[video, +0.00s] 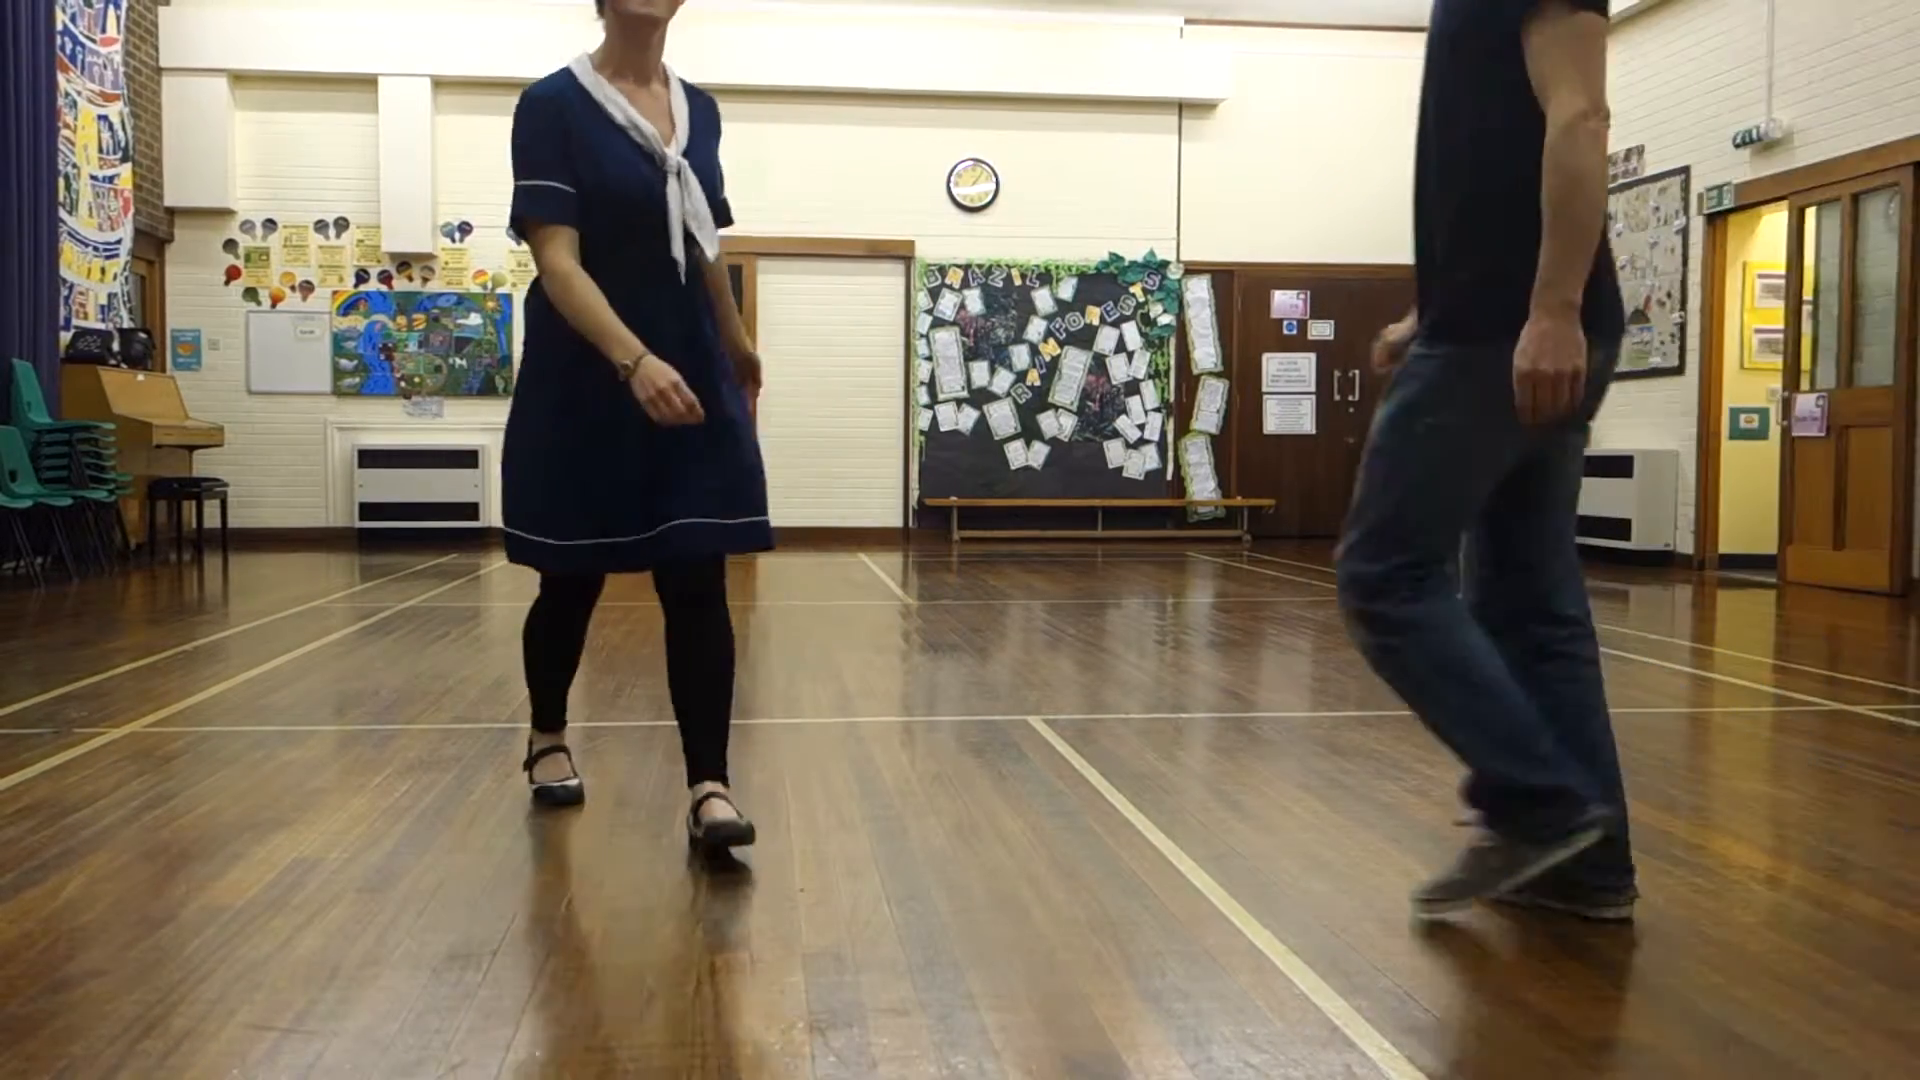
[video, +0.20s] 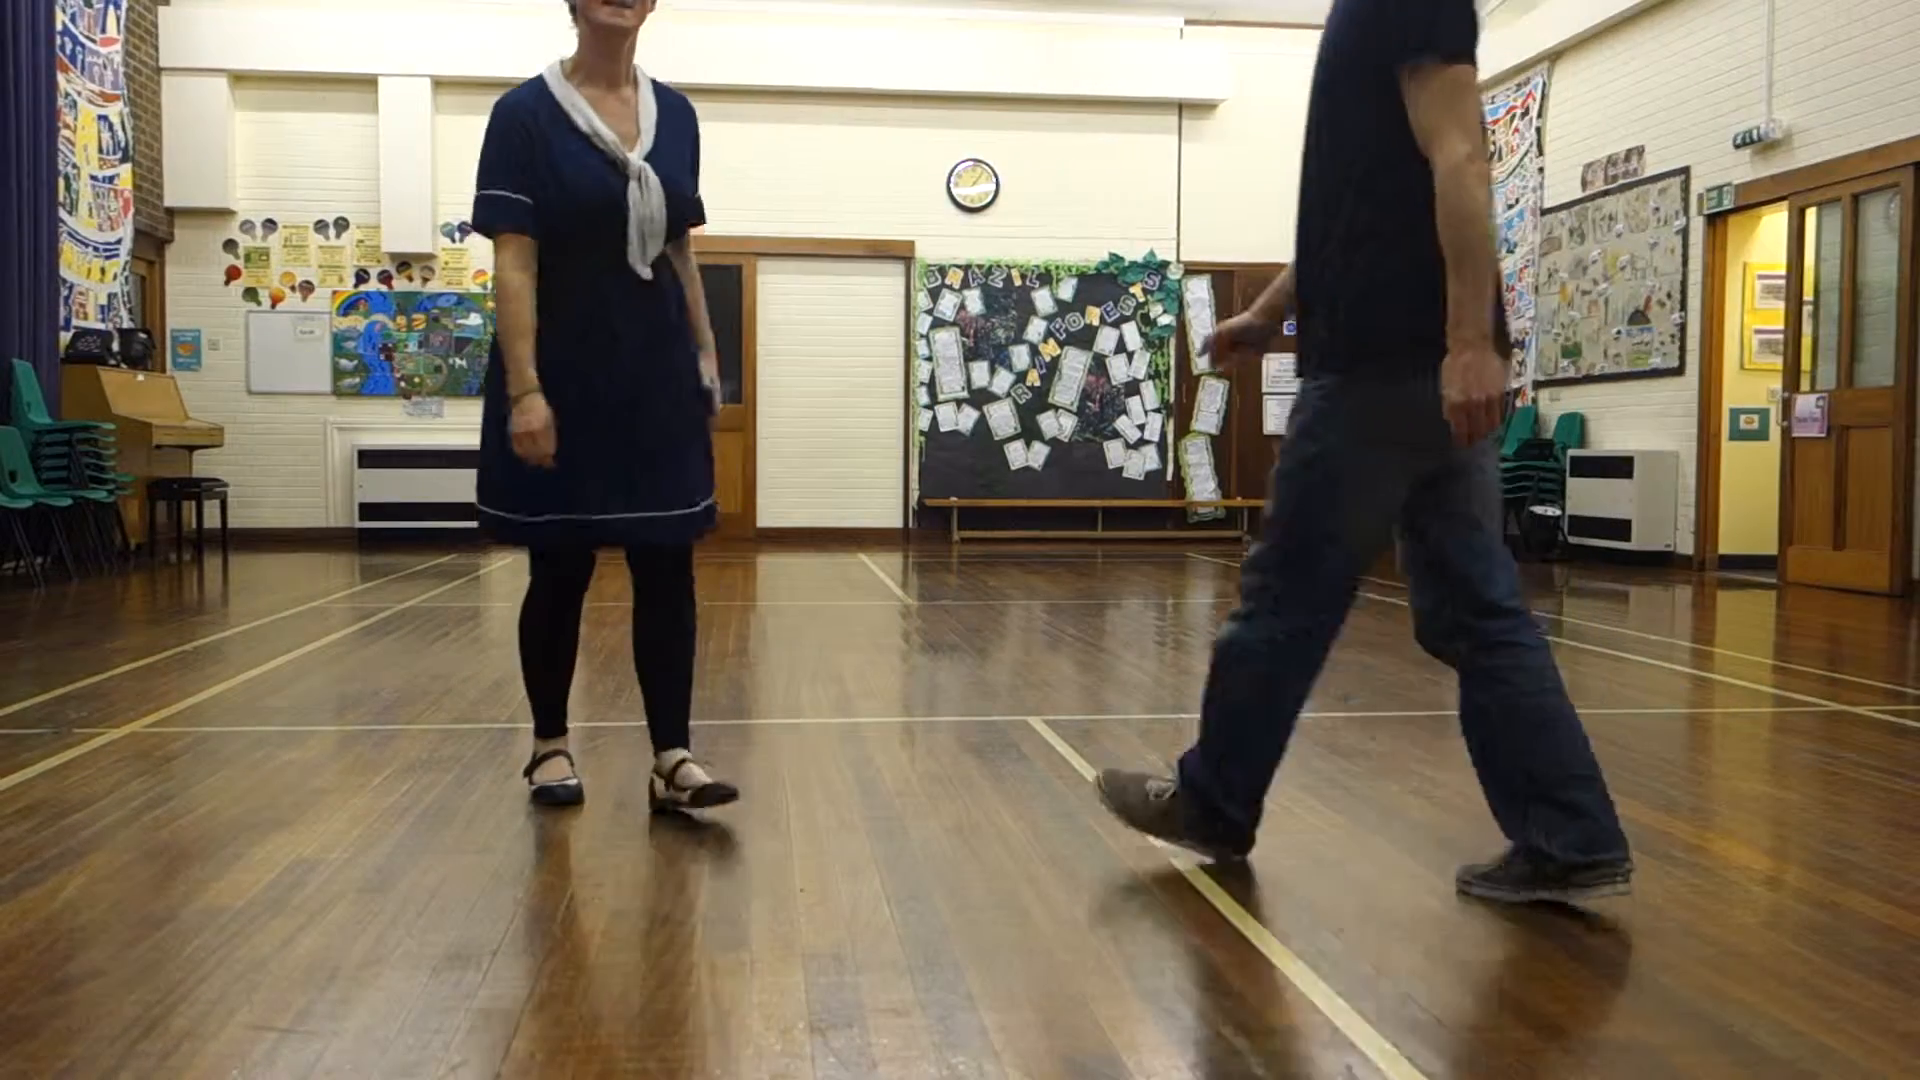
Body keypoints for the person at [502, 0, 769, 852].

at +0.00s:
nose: (642, 1)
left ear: (678, 4)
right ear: (603, 2)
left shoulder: (698, 108)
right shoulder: (553, 104)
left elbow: (701, 244)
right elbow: (557, 265)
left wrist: (735, 339)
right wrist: (635, 359)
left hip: (688, 379)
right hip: (584, 386)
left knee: (696, 584)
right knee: (572, 581)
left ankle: (710, 791)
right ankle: (548, 740)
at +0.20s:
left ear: (651, 6)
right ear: (575, 2)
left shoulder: (673, 110)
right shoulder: (526, 110)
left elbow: (680, 249)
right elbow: (513, 260)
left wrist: (705, 353)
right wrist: (523, 390)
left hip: (659, 381)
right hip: (562, 382)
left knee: (666, 566)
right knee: (561, 567)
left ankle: (673, 759)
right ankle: (551, 746)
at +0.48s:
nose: (619, 7)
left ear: (657, 19)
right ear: (577, 11)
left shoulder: (677, 131)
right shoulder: (528, 126)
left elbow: (712, 253)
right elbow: (473, 253)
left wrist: (760, 255)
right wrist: (419, 362)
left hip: (660, 370)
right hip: (563, 373)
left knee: (669, 544)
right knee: (567, 557)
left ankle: (667, 695)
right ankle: (550, 743)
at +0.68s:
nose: (649, 36)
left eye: (667, 28)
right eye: (635, 21)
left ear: (685, 52)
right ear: (609, 35)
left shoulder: (698, 151)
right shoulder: (563, 148)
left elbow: (780, 227)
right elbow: (513, 266)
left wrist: (766, 128)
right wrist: (471, 370)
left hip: (677, 386)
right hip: (588, 384)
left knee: (671, 554)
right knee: (588, 558)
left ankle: (670, 712)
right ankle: (553, 741)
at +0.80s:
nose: (660, 44)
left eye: (678, 35)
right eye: (647, 29)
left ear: (697, 56)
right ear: (624, 42)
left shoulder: (709, 157)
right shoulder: (580, 151)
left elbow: (794, 201)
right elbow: (543, 270)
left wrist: (749, 114)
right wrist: (532, 372)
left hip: (687, 385)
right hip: (600, 383)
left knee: (675, 552)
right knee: (591, 554)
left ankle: (668, 713)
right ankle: (562, 731)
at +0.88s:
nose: (662, 46)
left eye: (680, 38)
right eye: (651, 31)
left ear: (702, 62)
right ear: (629, 44)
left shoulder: (713, 157)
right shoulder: (584, 150)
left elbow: (798, 194)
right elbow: (554, 272)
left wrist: (741, 116)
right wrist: (569, 362)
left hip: (693, 385)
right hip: (608, 381)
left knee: (678, 551)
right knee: (600, 553)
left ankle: (669, 712)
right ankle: (574, 726)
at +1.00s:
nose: (663, 48)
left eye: (682, 41)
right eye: (654, 33)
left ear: (704, 67)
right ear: (633, 44)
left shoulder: (710, 158)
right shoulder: (585, 149)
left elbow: (797, 183)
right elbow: (556, 270)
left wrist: (738, 105)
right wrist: (590, 351)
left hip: (698, 381)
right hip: (617, 378)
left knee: (680, 550)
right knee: (616, 550)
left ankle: (669, 712)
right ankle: (589, 723)